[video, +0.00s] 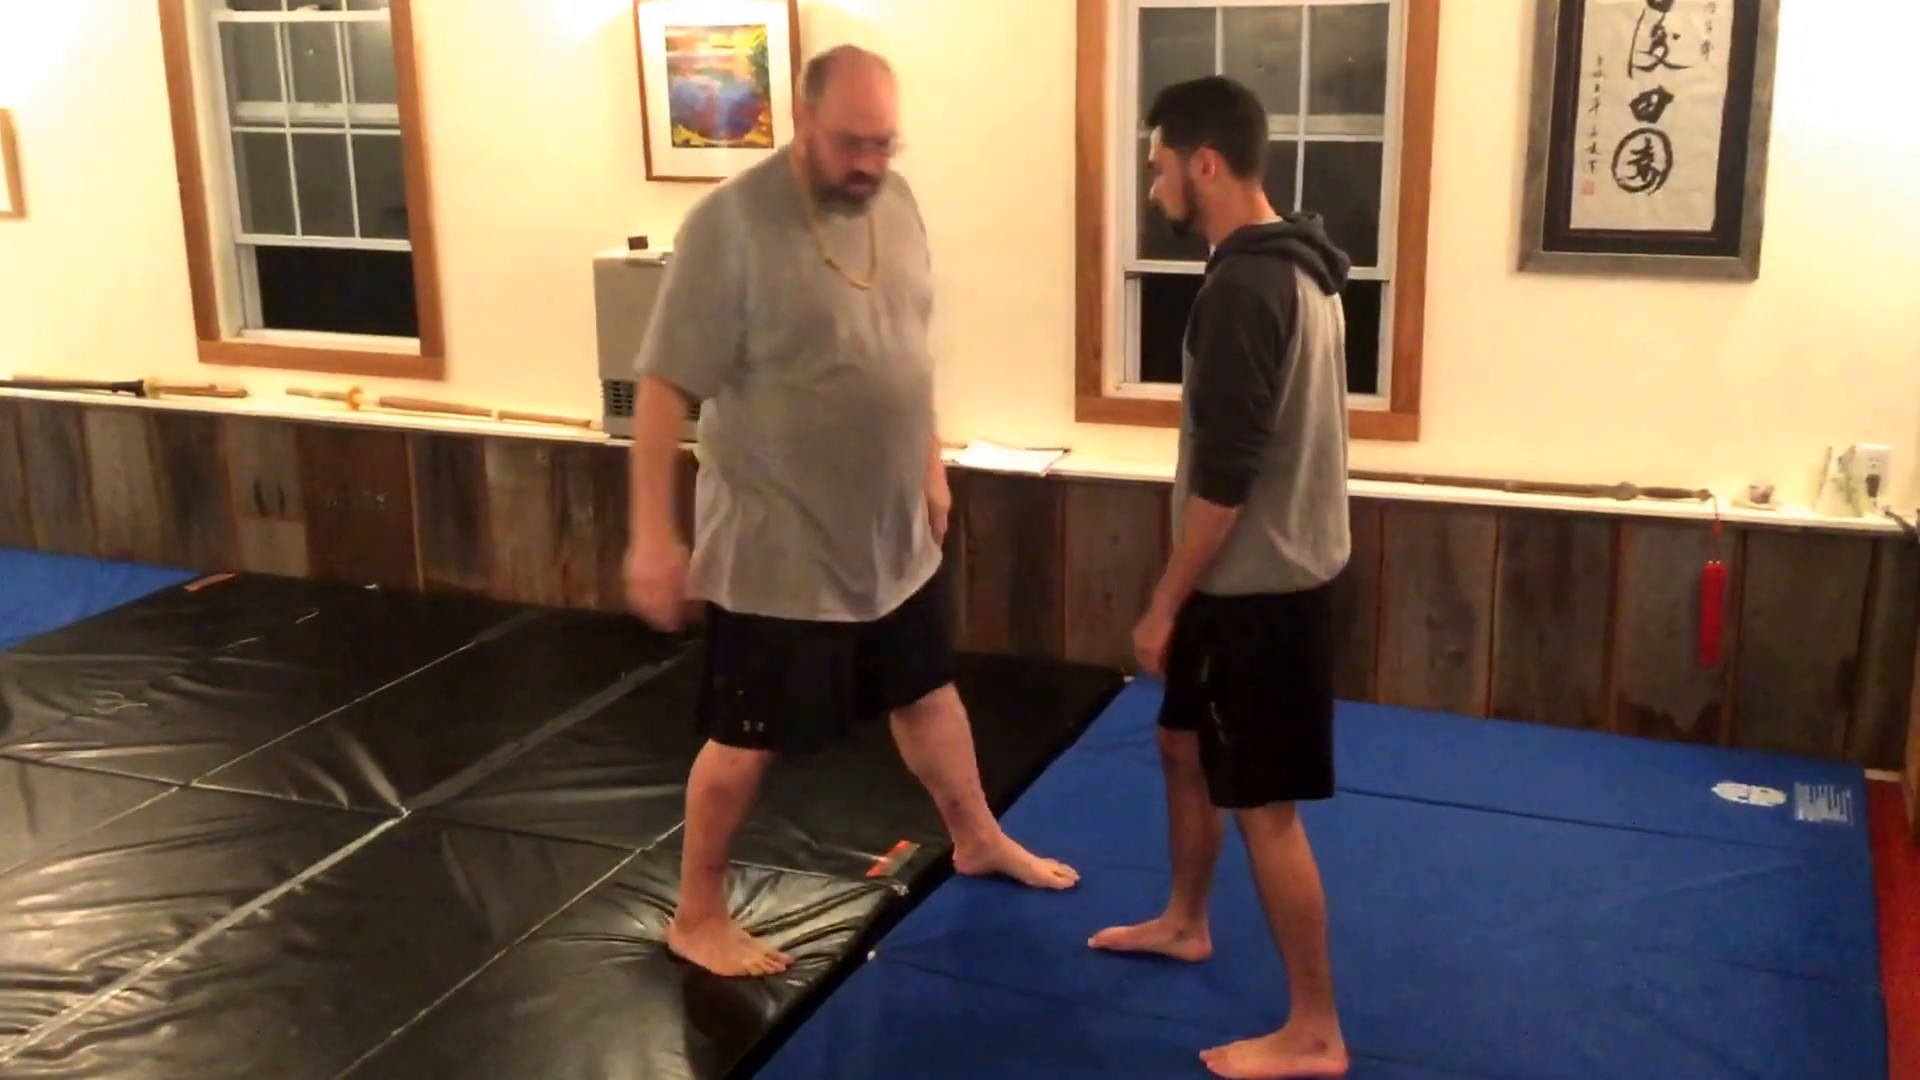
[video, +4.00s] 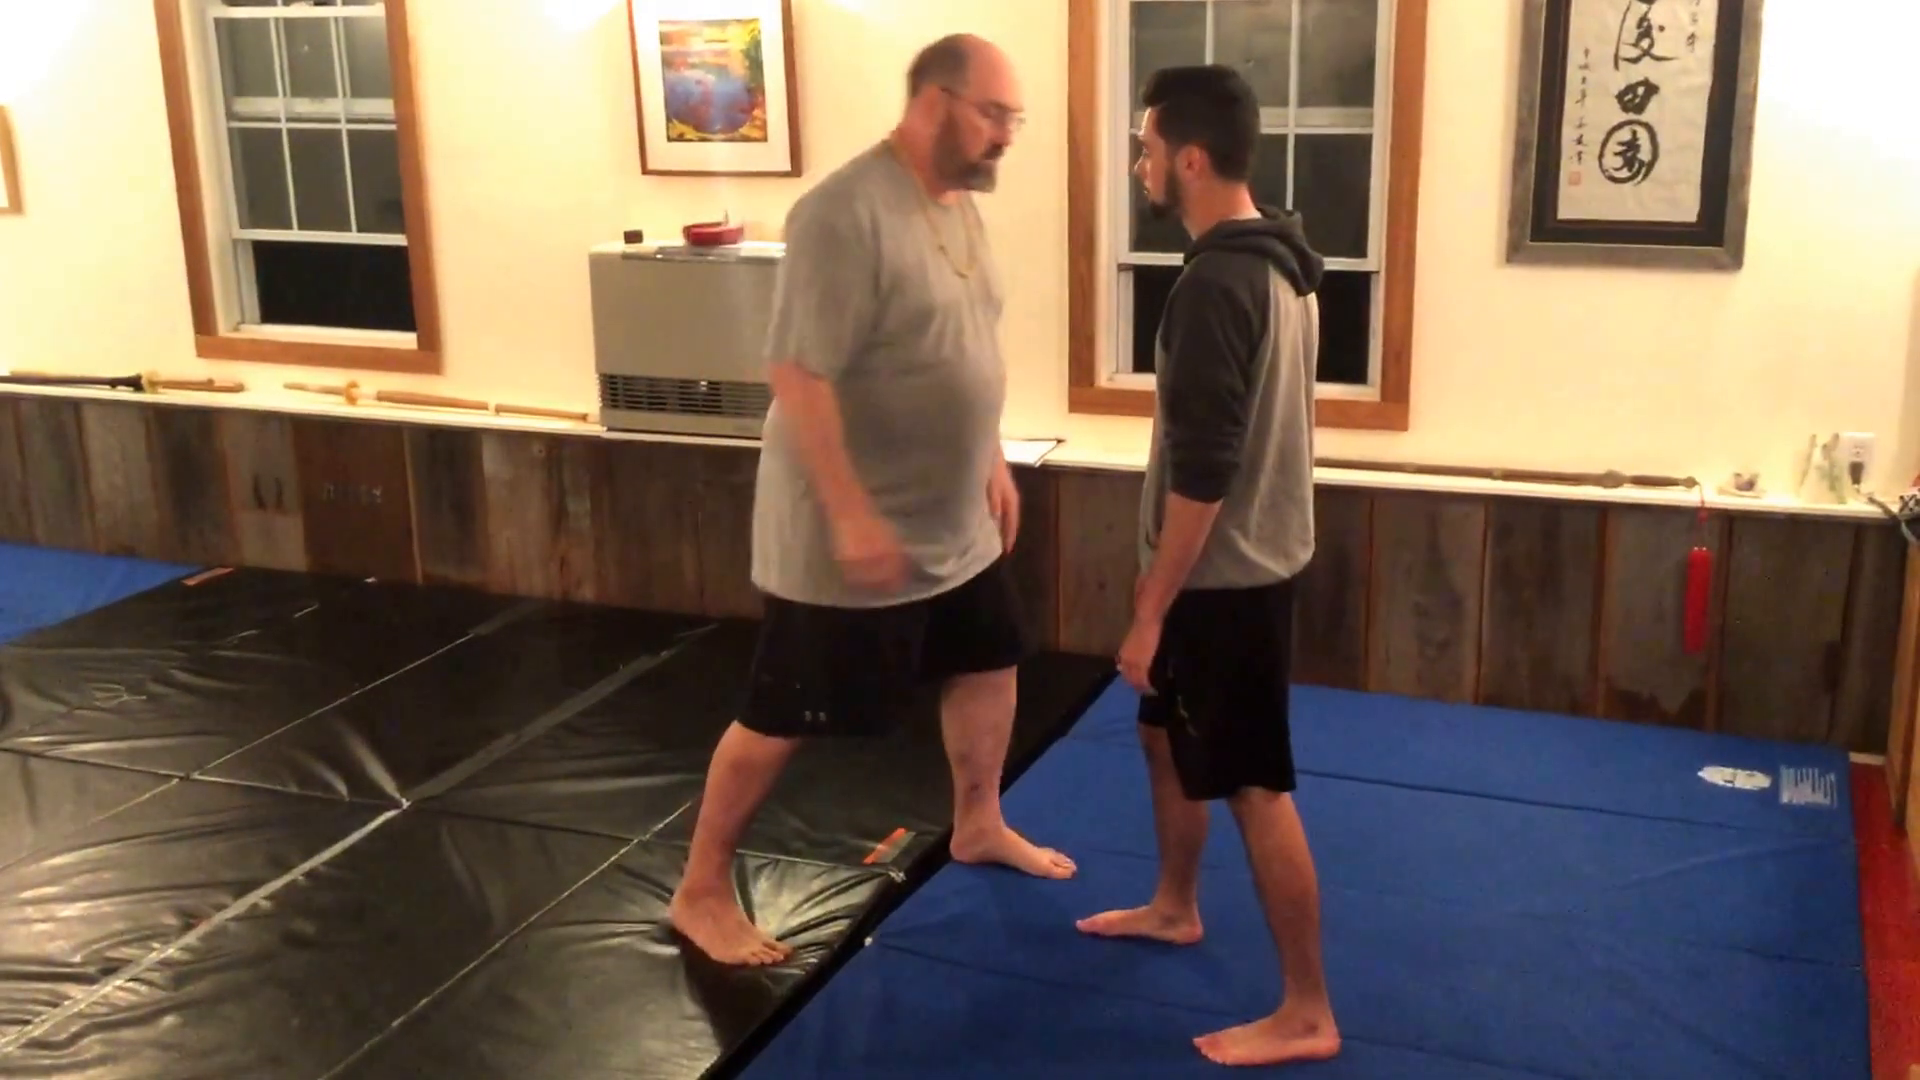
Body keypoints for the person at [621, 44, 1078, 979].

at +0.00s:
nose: (871, 164)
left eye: (885, 143)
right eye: (851, 143)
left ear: (898, 130)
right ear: (799, 122)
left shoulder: (899, 206)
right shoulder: (730, 222)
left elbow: (910, 352)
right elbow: (663, 383)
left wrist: (930, 463)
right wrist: (653, 533)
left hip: (890, 516)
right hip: (772, 532)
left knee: (928, 690)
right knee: (743, 737)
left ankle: (979, 838)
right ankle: (698, 916)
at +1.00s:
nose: (835, 98)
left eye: (850, 79)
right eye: (814, 83)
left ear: (879, 89)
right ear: (784, 96)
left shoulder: (917, 205)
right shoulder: (734, 208)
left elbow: (950, 351)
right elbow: (672, 351)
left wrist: (990, 465)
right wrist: (724, 419)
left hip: (919, 513)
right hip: (788, 531)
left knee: (941, 681)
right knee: (747, 726)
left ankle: (977, 831)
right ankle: (697, 900)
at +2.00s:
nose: (874, 91)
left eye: (886, 73)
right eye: (850, 74)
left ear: (902, 87)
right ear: (803, 90)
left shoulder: (926, 202)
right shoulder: (743, 205)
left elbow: (962, 350)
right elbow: (699, 366)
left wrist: (995, 471)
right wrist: (745, 507)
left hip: (924, 516)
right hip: (794, 533)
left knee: (950, 684)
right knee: (753, 723)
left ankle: (977, 828)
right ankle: (698, 896)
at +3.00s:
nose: (861, 92)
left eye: (875, 74)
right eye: (838, 75)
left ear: (896, 86)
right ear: (799, 89)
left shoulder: (920, 201)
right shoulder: (744, 205)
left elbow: (952, 350)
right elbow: (699, 364)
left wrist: (980, 473)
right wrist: (768, 490)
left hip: (917, 512)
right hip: (792, 528)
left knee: (944, 681)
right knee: (750, 722)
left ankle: (978, 829)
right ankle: (697, 897)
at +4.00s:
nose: (1007, 136)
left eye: (1013, 120)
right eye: (995, 114)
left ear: (956, 108)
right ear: (933, 99)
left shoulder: (958, 209)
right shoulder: (840, 211)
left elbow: (963, 354)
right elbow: (798, 375)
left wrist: (990, 458)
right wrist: (851, 513)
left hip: (948, 512)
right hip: (834, 526)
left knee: (987, 662)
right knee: (781, 710)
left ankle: (980, 825)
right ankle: (701, 888)